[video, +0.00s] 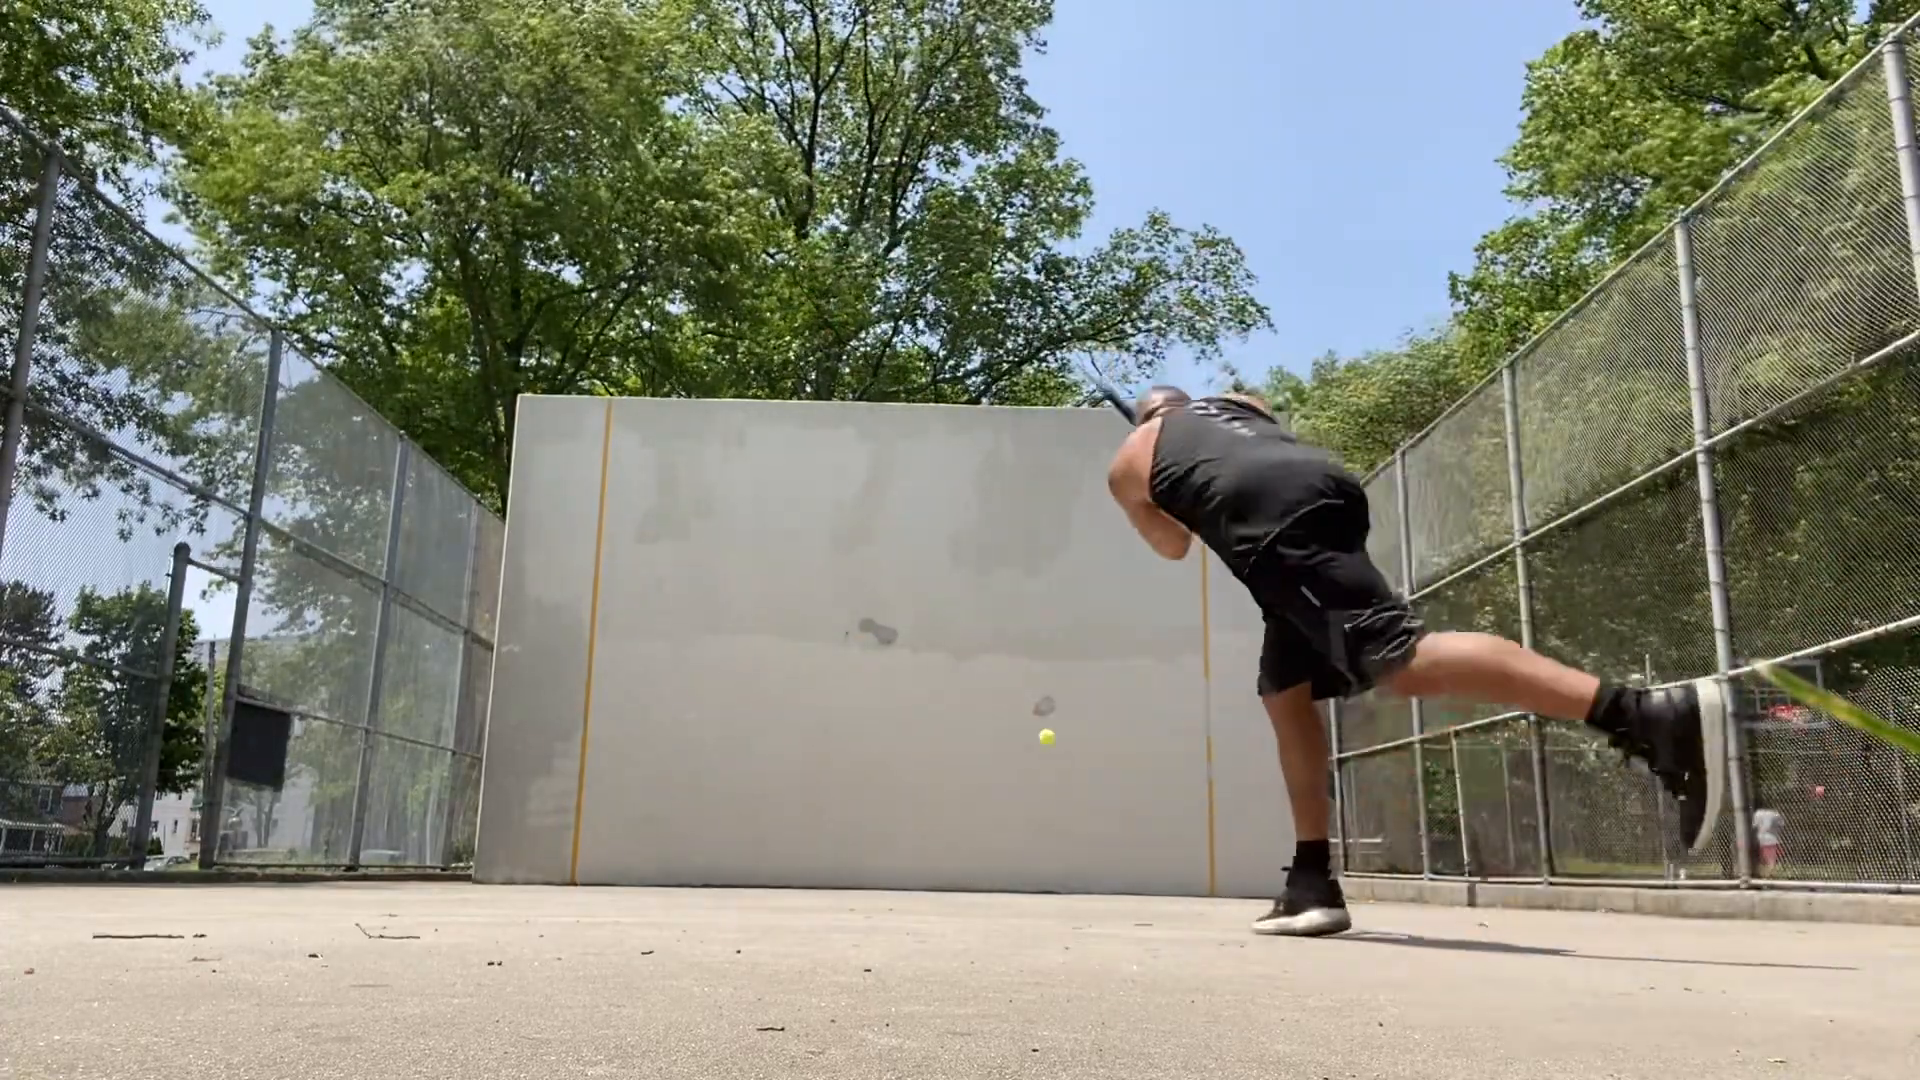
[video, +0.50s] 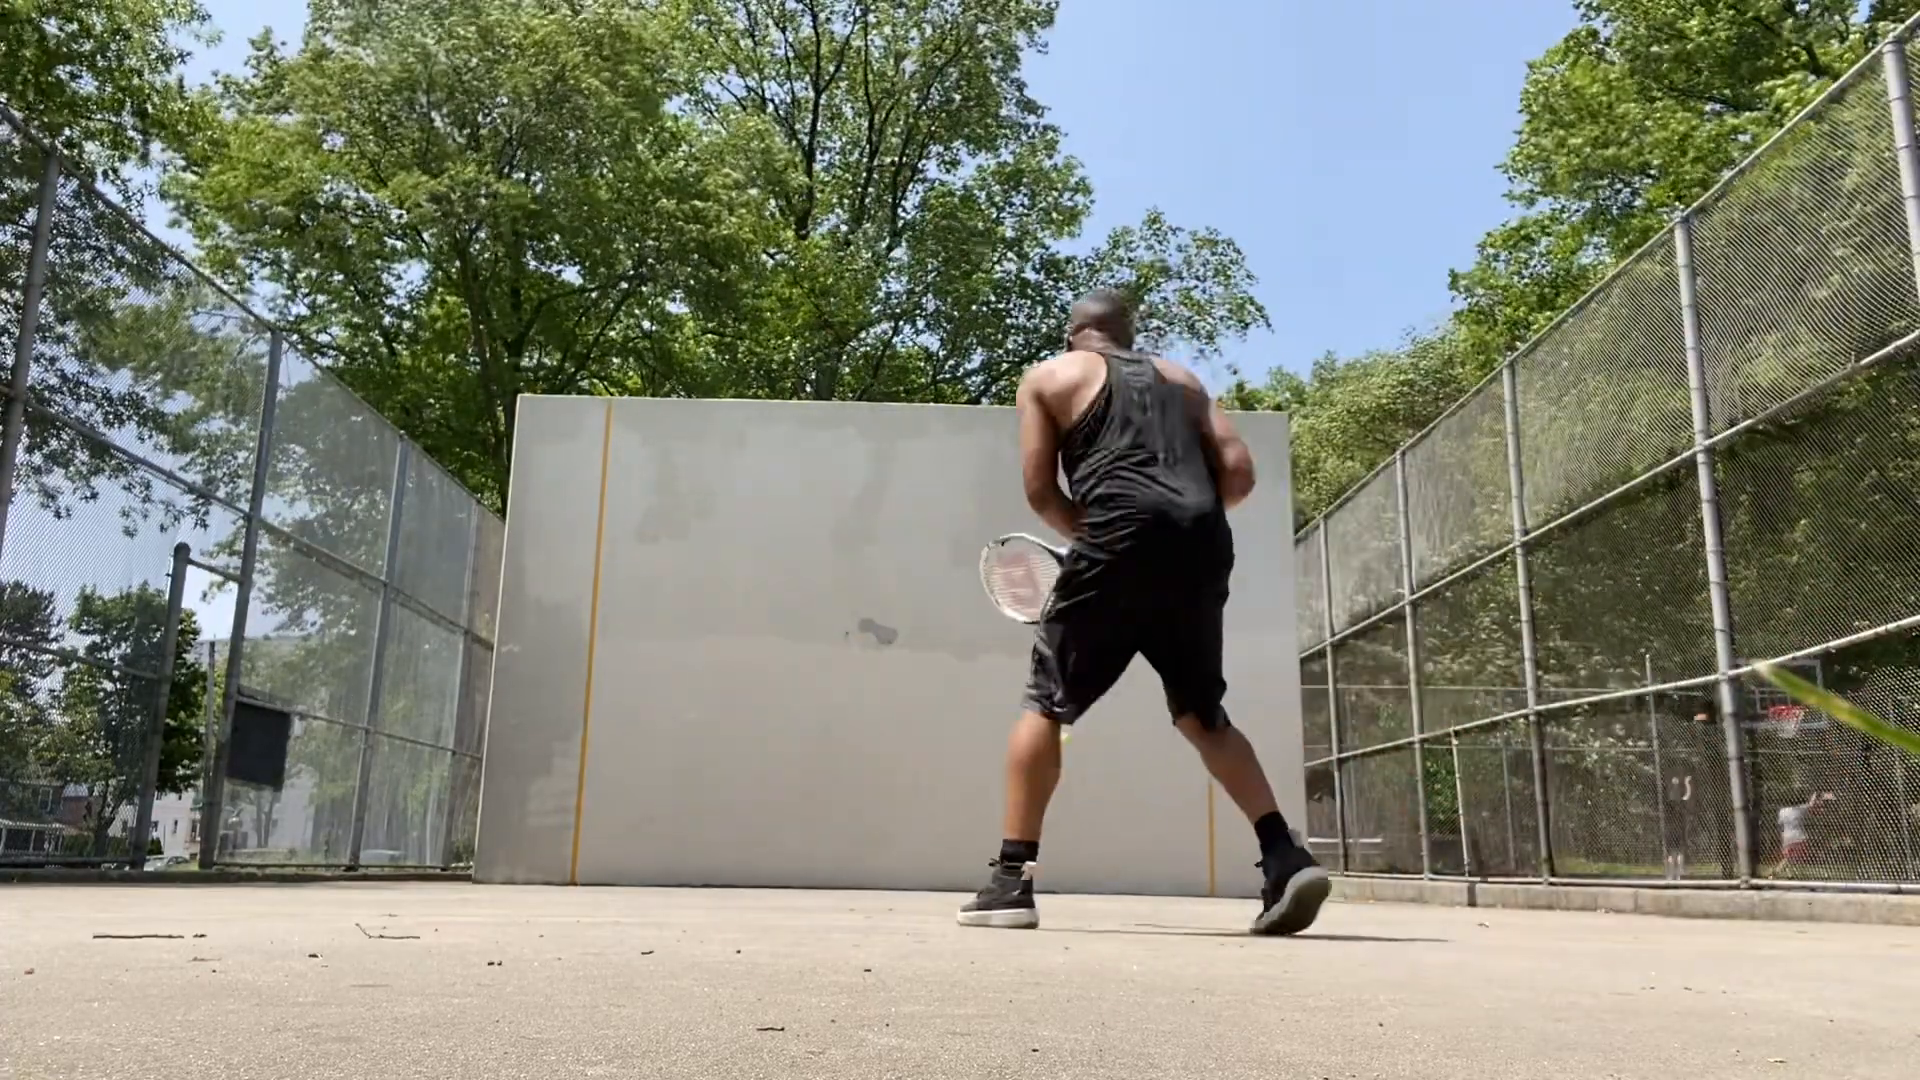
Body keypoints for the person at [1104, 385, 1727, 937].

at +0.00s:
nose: (1128, 422)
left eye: (1129, 415)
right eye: (1135, 413)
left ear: (1147, 416)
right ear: (1191, 405)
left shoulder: (1131, 456)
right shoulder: (1241, 412)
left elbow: (1171, 544)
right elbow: (1261, 426)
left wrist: (1184, 469)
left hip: (1277, 513)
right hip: (1332, 490)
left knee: (1402, 663)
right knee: (1285, 687)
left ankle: (1651, 720)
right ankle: (1312, 883)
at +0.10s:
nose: (1122, 400)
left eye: (1119, 391)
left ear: (1126, 387)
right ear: (1176, 377)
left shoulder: (1113, 424)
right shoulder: (1228, 388)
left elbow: (1145, 497)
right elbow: (1253, 393)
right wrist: (1195, 387)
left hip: (1247, 502)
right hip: (1307, 477)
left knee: (1352, 659)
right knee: (1279, 689)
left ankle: (1580, 671)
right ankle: (1311, 880)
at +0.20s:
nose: (1100, 361)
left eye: (1102, 352)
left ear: (1106, 352)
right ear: (1159, 341)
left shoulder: (1096, 387)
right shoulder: (1215, 361)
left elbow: (1118, 489)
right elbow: (1248, 423)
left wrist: (1162, 443)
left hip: (1223, 485)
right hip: (1291, 472)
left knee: (1244, 676)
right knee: (1278, 678)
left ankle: (1422, 690)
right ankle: (1307, 869)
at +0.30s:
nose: (1089, 333)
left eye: (1090, 325)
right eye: (1099, 321)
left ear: (1096, 328)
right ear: (1144, 321)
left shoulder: (1083, 366)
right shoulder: (1203, 356)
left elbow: (1079, 490)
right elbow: (1233, 432)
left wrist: (1120, 508)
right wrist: (1172, 493)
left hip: (1200, 491)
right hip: (1277, 486)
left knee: (1147, 669)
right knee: (1264, 683)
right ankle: (1307, 873)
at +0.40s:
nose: (1074, 337)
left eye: (1077, 328)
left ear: (1081, 330)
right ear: (1138, 329)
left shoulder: (1069, 367)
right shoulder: (1191, 369)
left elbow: (1058, 484)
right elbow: (1213, 456)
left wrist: (1096, 541)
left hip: (1163, 513)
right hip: (1247, 515)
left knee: (1095, 680)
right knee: (1239, 701)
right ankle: (1302, 869)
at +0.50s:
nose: (1067, 345)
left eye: (1068, 336)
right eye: (1075, 337)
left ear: (1074, 335)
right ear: (1129, 336)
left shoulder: (1048, 377)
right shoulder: (1181, 377)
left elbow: (1039, 489)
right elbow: (1238, 470)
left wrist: (1097, 534)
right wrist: (1185, 513)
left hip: (1117, 544)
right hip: (1203, 549)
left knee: (1045, 706)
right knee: (1201, 712)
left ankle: (1009, 883)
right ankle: (1286, 859)